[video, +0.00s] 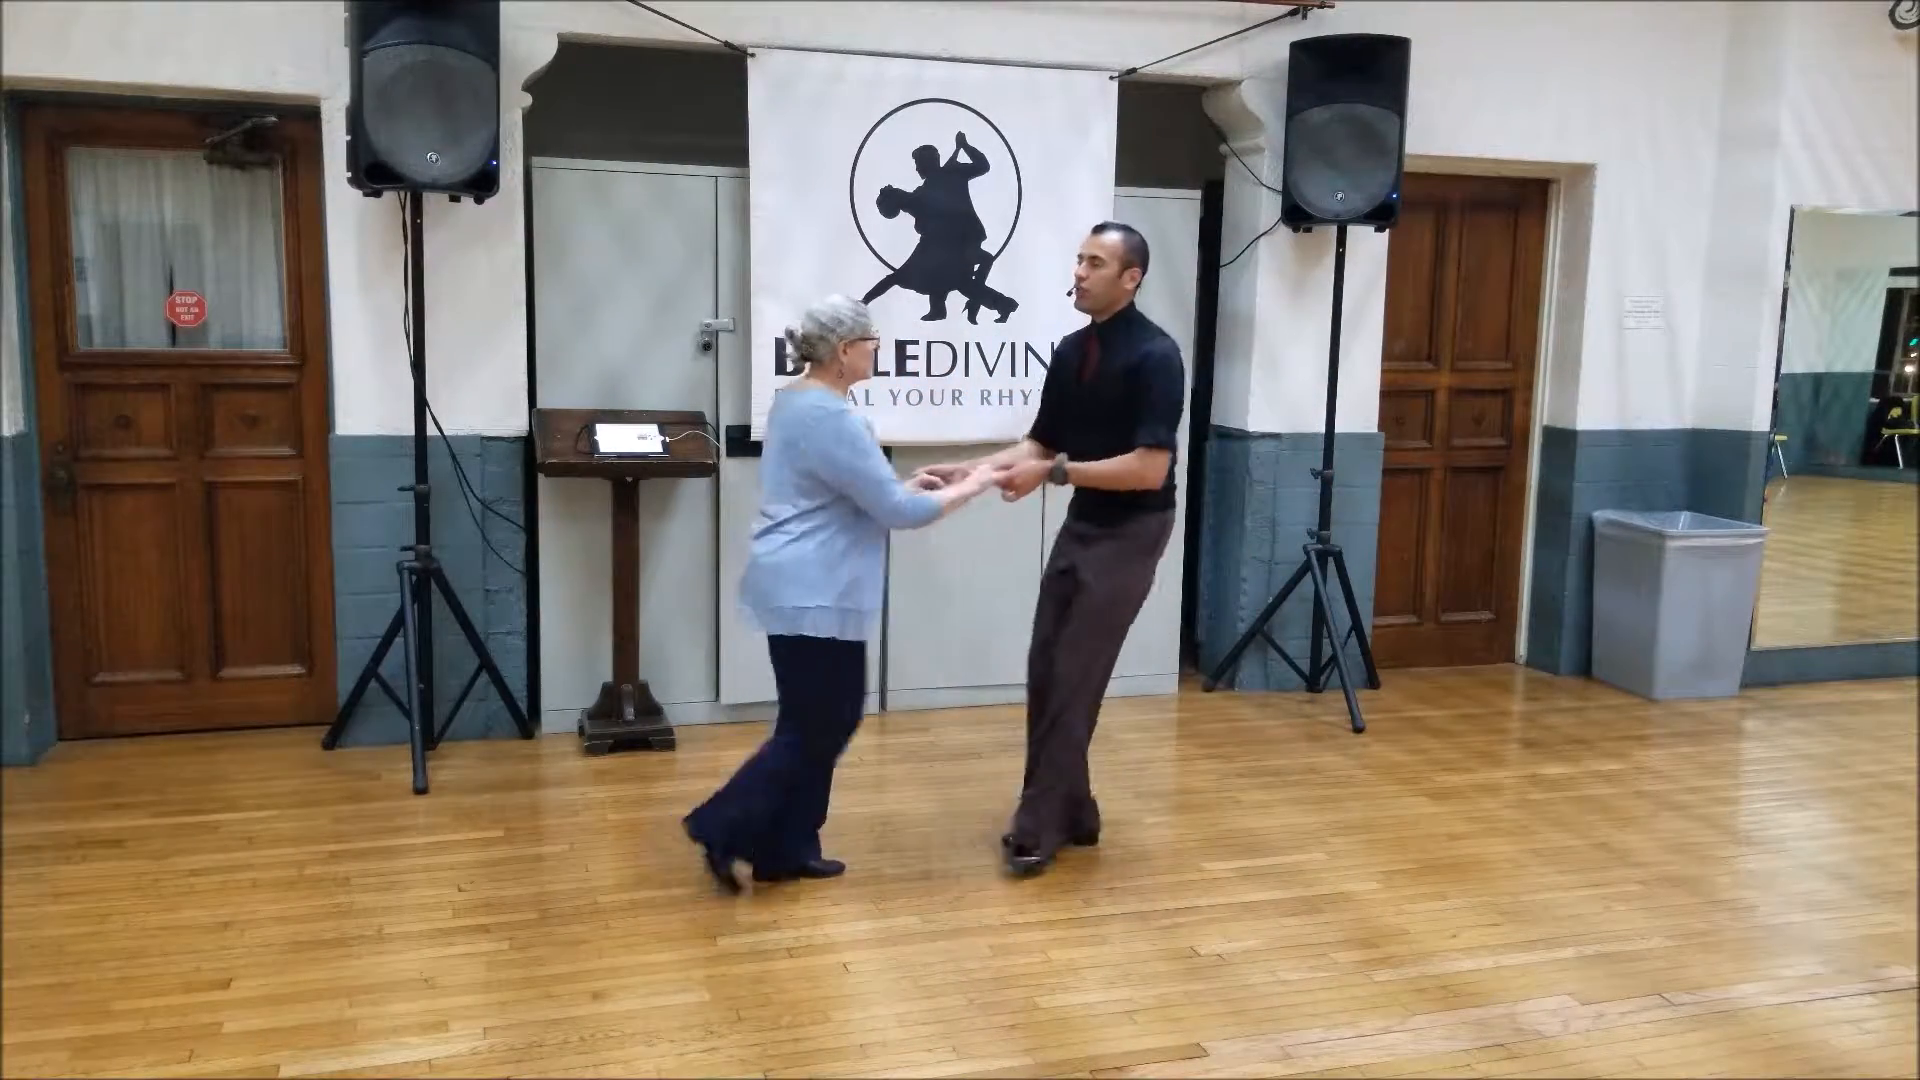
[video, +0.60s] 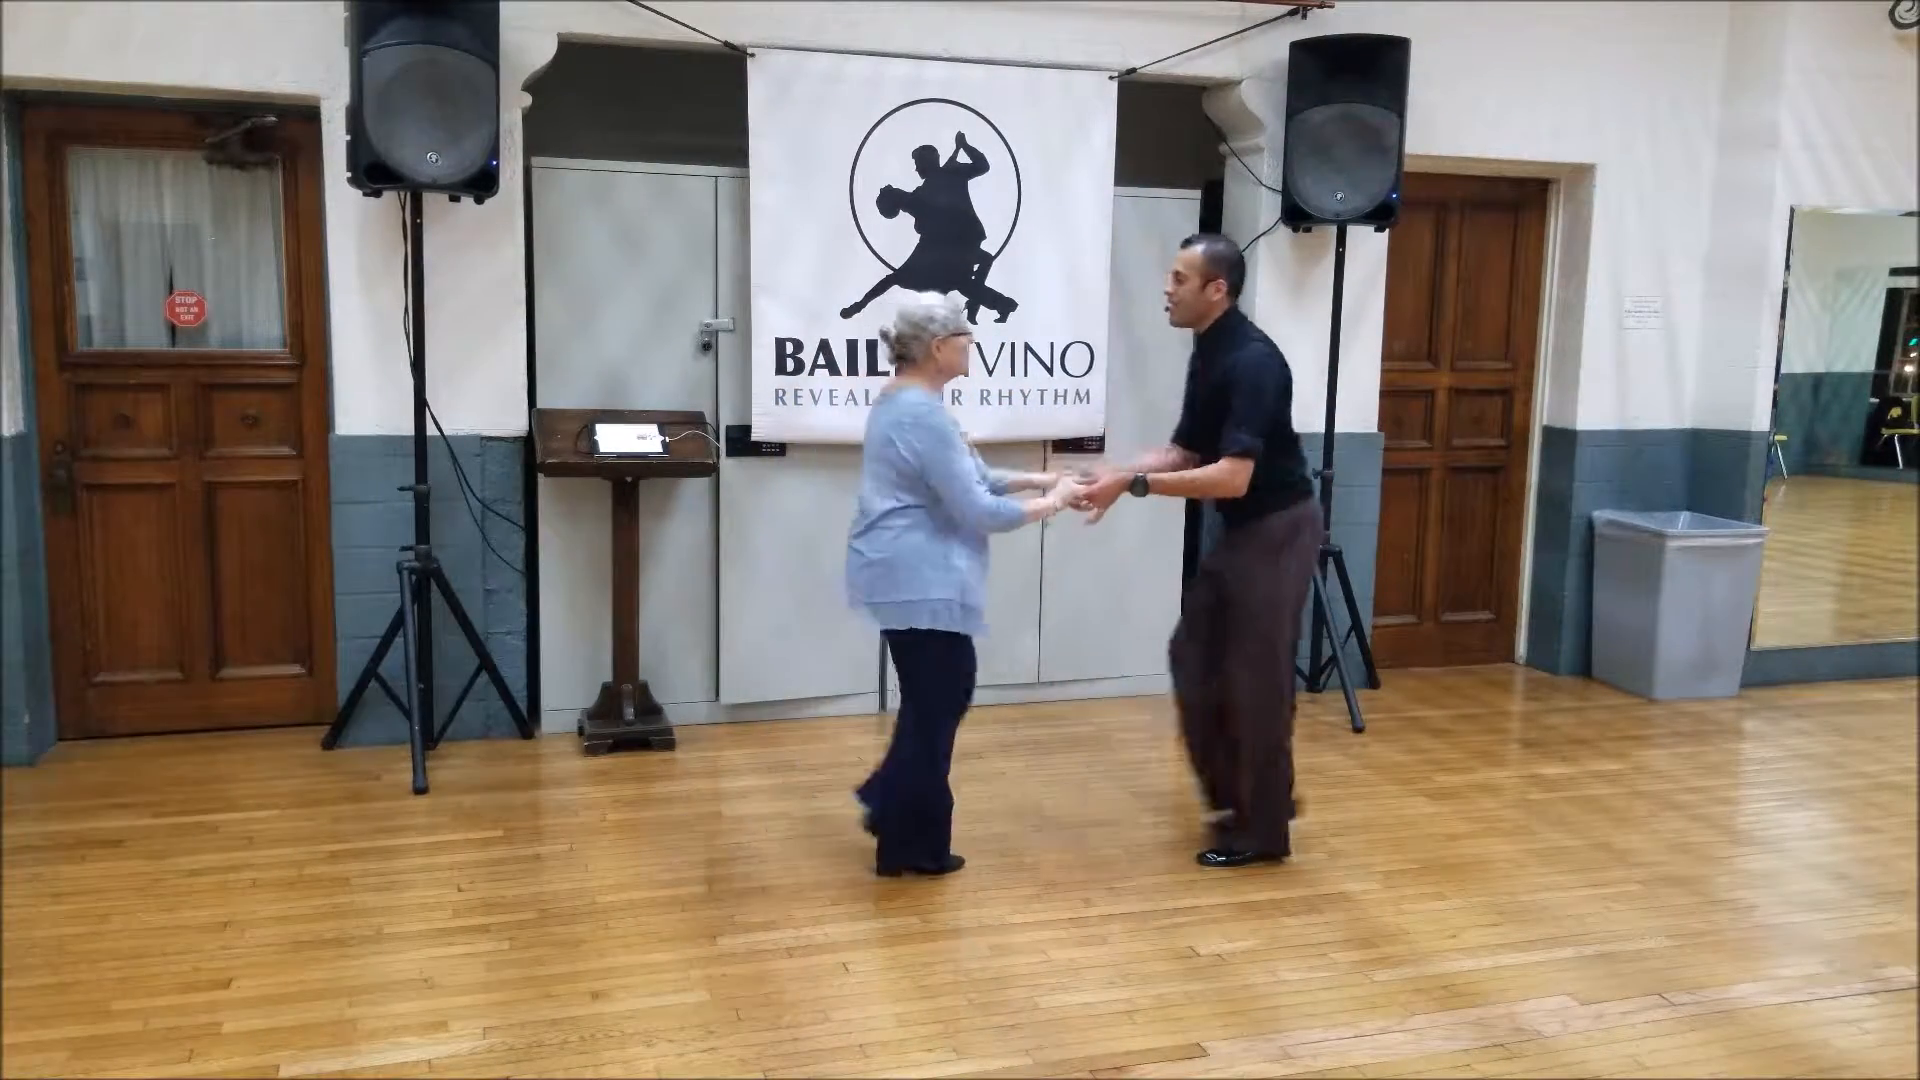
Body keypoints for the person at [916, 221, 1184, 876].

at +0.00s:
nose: (1079, 272)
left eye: (1094, 265)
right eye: (1080, 261)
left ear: (1131, 277)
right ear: (1081, 269)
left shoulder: (1156, 355)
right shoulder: (1071, 351)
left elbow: (1152, 468)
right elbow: (1041, 446)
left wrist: (1056, 471)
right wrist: (966, 473)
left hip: (1132, 531)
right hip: (1082, 524)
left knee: (1074, 669)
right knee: (1047, 667)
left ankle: (1035, 829)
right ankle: (1074, 812)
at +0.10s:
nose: (1096, 266)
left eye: (1110, 258)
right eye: (1096, 255)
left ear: (1148, 270)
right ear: (1098, 264)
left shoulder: (1178, 348)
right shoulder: (1086, 349)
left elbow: (1183, 459)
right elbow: (1051, 447)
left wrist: (1083, 453)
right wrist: (974, 467)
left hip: (1151, 526)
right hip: (1098, 521)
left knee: (1095, 652)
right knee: (1062, 659)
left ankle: (1128, 817)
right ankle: (1060, 817)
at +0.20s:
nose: (1111, 269)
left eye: (1127, 259)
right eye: (1114, 257)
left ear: (1166, 270)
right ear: (1134, 267)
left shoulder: (1198, 347)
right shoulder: (1111, 345)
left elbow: (1210, 456)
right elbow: (1068, 441)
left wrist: (1113, 444)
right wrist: (973, 455)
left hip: (1169, 528)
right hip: (1117, 522)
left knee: (1144, 672)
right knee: (1084, 670)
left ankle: (1213, 816)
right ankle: (1071, 818)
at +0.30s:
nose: (1131, 273)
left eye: (1145, 265)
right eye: (1133, 262)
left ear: (1185, 278)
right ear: (1156, 277)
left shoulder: (1217, 353)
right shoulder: (1136, 353)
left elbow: (1230, 463)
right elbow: (1091, 443)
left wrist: (1134, 445)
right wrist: (987, 458)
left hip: (1201, 536)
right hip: (1147, 530)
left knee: (1198, 684)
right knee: (1107, 670)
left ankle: (1263, 821)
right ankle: (1076, 814)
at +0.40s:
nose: (1144, 279)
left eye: (1159, 270)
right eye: (1147, 267)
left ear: (1198, 282)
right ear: (1173, 279)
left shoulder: (1232, 355)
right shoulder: (1160, 355)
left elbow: (1239, 470)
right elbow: (1118, 441)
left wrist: (1141, 460)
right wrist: (1076, 463)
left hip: (1238, 533)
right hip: (1187, 528)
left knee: (1232, 678)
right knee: (1143, 662)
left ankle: (1272, 825)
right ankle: (1090, 805)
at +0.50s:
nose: (1159, 289)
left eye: (1172, 280)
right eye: (1161, 278)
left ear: (1209, 289)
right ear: (1194, 289)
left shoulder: (1246, 361)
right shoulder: (1192, 355)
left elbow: (1236, 478)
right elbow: (1163, 447)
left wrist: (1147, 481)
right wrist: (1114, 481)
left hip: (1267, 535)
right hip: (1218, 533)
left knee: (1256, 680)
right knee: (1171, 658)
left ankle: (1266, 833)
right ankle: (1183, 804)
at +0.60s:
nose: (1168, 289)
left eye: (1180, 280)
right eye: (1170, 278)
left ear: (1216, 289)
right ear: (1204, 288)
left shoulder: (1251, 359)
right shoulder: (1208, 349)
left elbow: (1233, 478)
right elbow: (1187, 450)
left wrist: (1145, 483)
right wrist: (1122, 477)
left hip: (1276, 531)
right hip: (1236, 528)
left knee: (1256, 674)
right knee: (1194, 658)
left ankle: (1263, 833)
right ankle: (1240, 803)